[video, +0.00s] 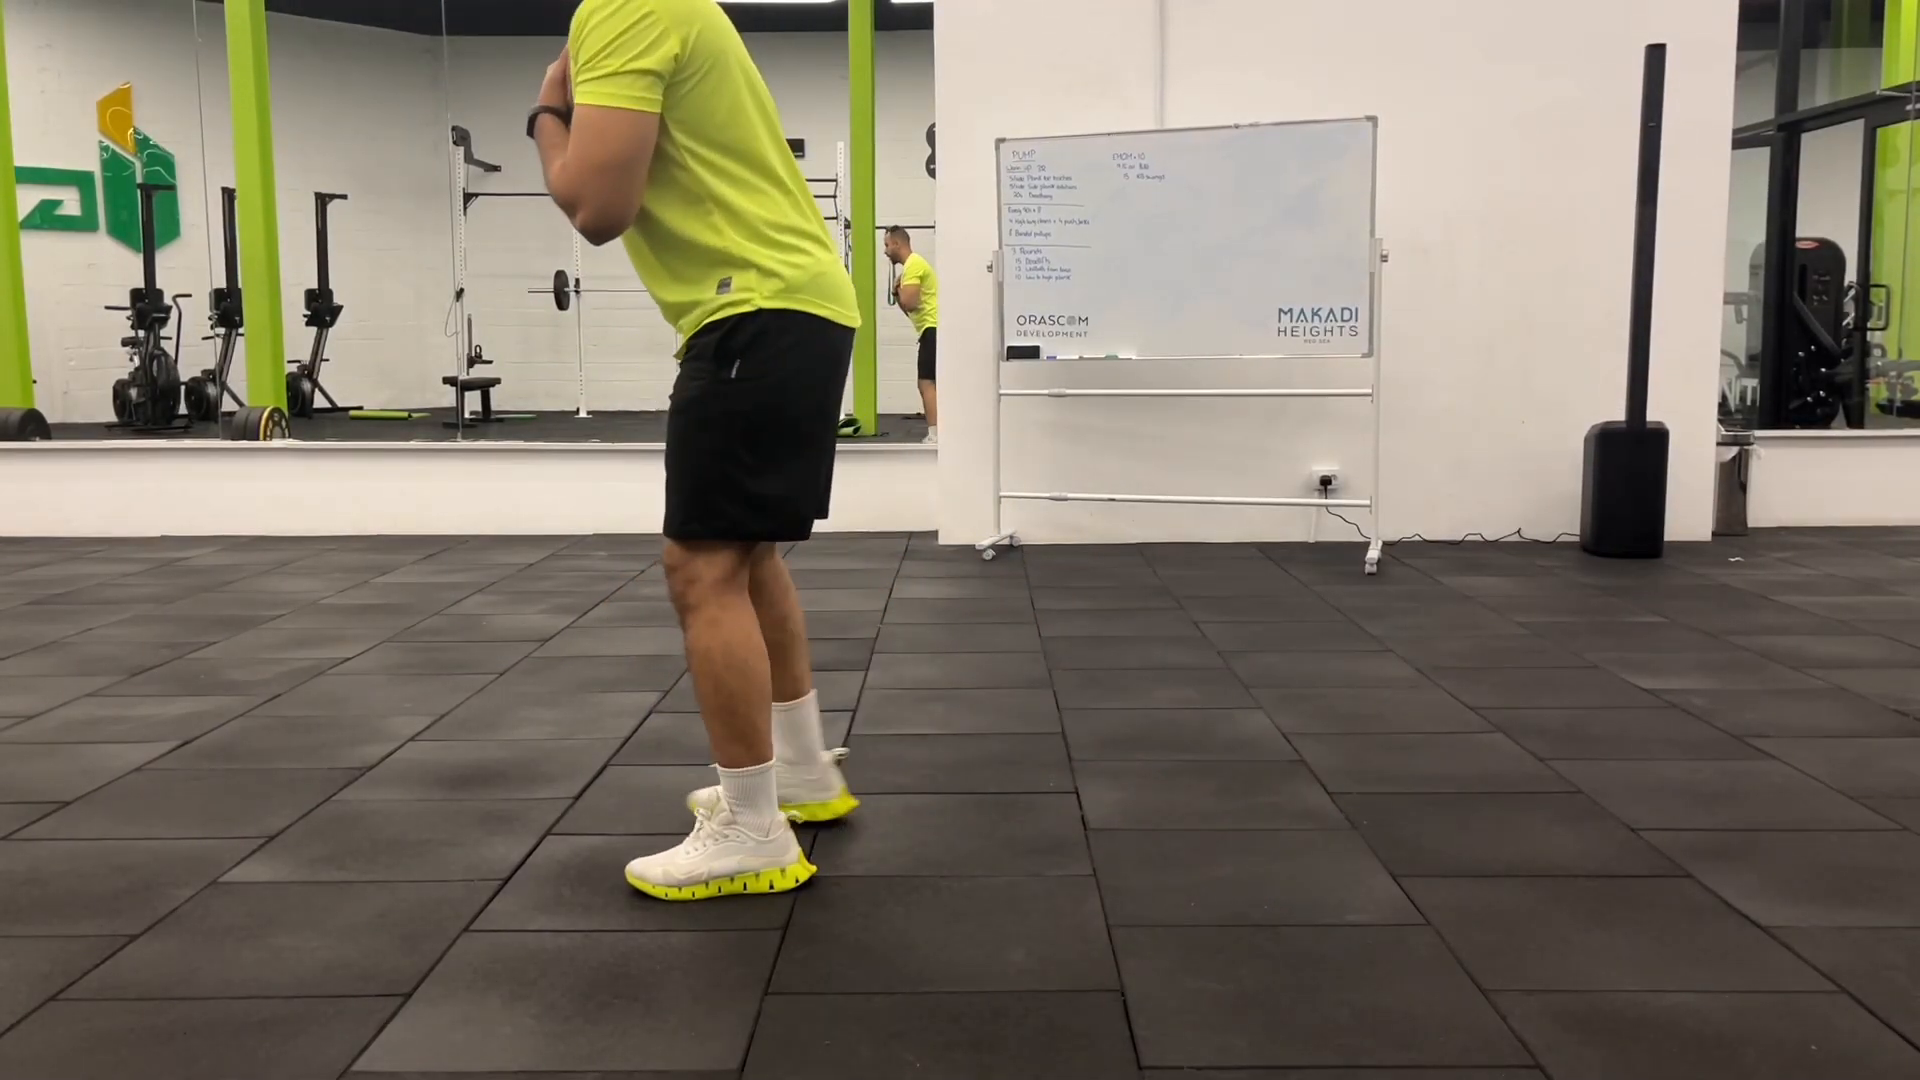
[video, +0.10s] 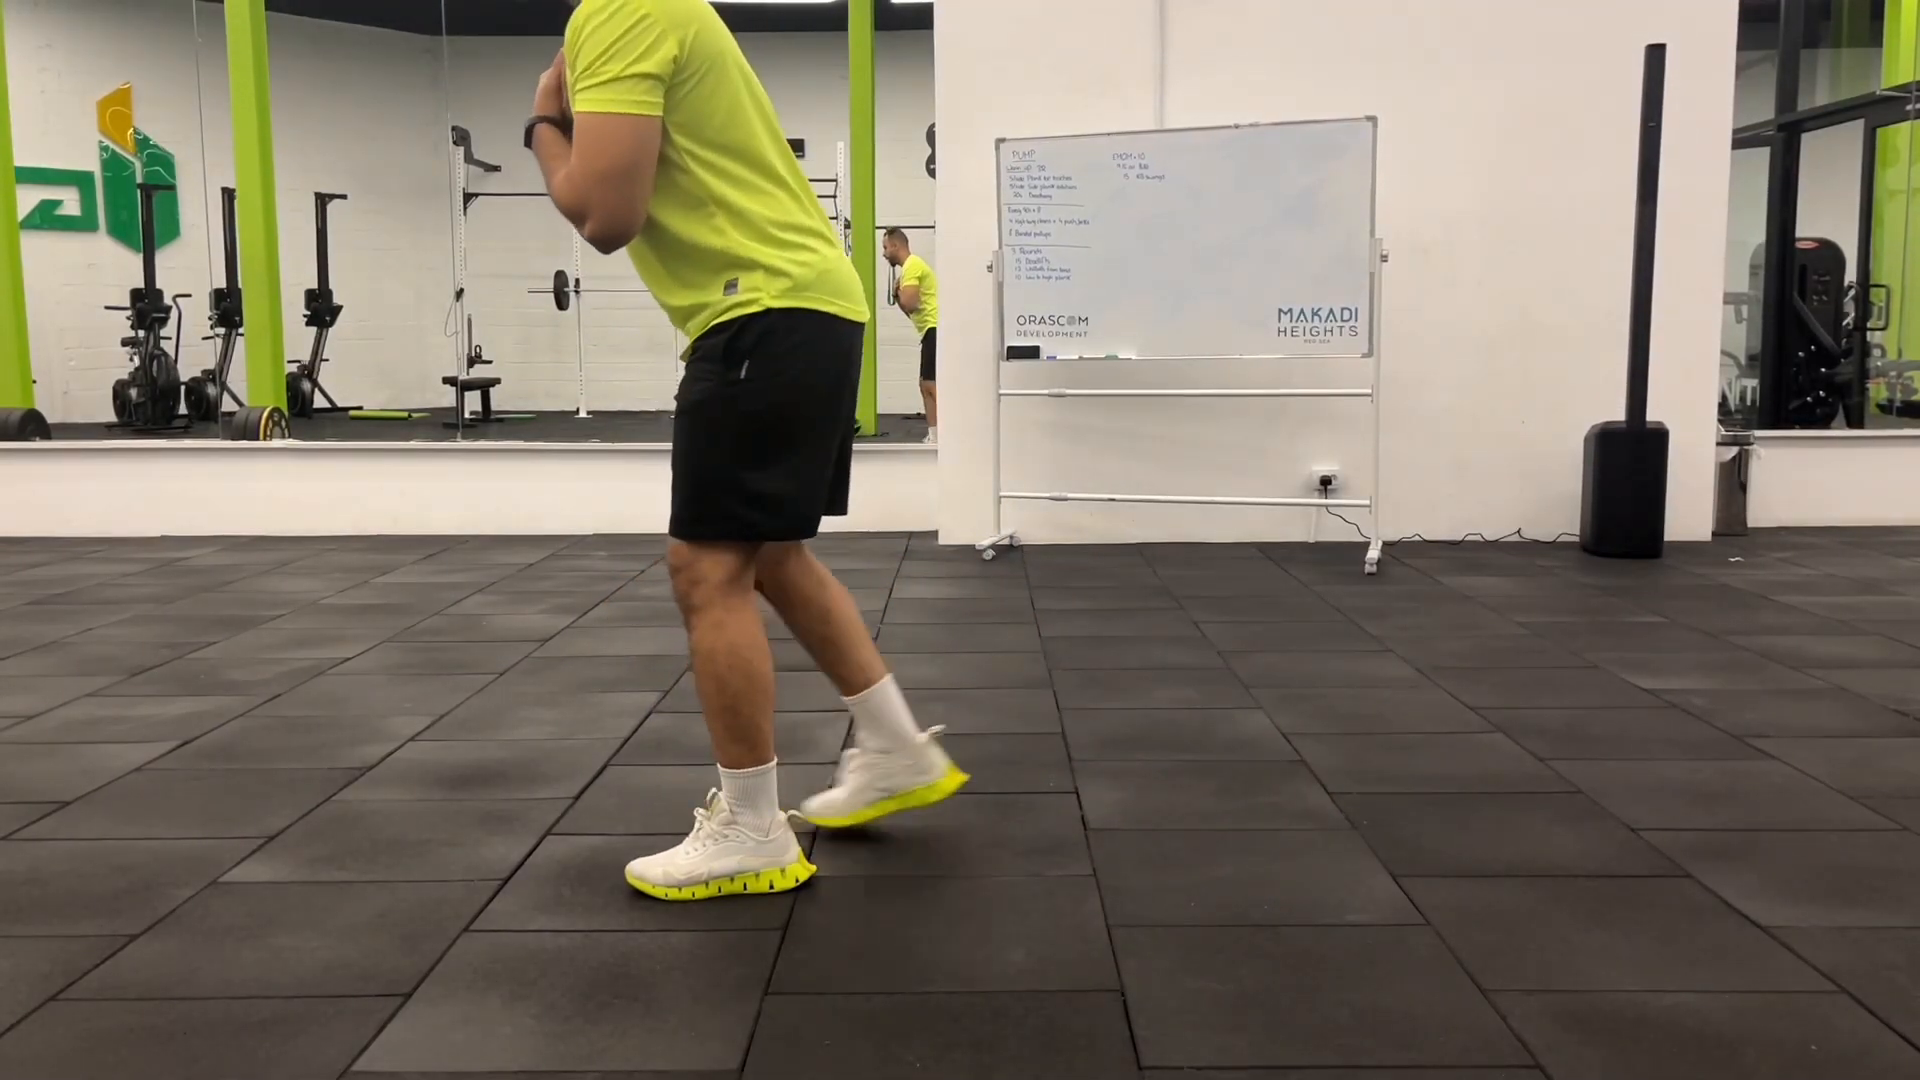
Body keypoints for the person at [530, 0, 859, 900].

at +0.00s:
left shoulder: (627, 10)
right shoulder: (665, 12)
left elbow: (596, 207)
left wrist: (547, 117)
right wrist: (582, 112)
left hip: (748, 308)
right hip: (794, 302)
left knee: (703, 574)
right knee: (750, 551)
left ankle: (749, 827)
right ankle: (804, 767)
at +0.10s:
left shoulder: (625, 11)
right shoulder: (648, 15)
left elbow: (604, 215)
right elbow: (617, 201)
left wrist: (544, 126)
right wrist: (568, 124)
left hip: (759, 311)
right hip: (808, 304)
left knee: (706, 573)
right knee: (773, 551)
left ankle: (750, 828)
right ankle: (898, 745)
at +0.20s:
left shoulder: (620, 21)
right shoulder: (654, 22)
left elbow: (609, 224)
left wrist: (540, 136)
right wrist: (574, 128)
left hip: (760, 312)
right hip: (819, 304)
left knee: (707, 576)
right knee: (809, 554)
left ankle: (750, 828)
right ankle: (996, 729)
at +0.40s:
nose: (461, 18)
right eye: (454, 7)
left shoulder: (619, 60)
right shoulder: (632, 53)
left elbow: (623, 268)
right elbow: (645, 243)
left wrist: (546, 187)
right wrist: (571, 182)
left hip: (788, 337)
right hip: (855, 325)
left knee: (688, 587)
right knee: (914, 570)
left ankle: (749, 828)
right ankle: (1137, 709)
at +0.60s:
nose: (482, 77)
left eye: (486, 47)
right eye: (474, 51)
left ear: (555, 31)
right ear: (562, 35)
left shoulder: (650, 130)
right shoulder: (668, 112)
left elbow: (663, 335)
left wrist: (587, 258)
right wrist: (609, 255)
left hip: (826, 391)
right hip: (900, 380)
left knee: (663, 597)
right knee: (973, 620)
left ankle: (748, 831)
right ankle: (1194, 790)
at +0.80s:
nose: (541, 147)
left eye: (548, 121)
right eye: (536, 123)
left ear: (609, 107)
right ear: (620, 107)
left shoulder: (702, 204)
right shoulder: (727, 188)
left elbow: (701, 419)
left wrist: (636, 340)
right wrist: (663, 342)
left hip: (865, 469)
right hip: (941, 465)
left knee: (644, 609)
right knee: (973, 724)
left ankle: (747, 829)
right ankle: (1242, 831)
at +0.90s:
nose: (564, 175)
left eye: (572, 148)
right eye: (560, 151)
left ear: (634, 134)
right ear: (645, 135)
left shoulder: (725, 233)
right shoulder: (744, 217)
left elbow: (711, 447)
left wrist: (654, 360)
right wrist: (684, 370)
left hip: (882, 494)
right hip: (949, 497)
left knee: (641, 613)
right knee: (970, 761)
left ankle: (747, 830)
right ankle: (1249, 831)